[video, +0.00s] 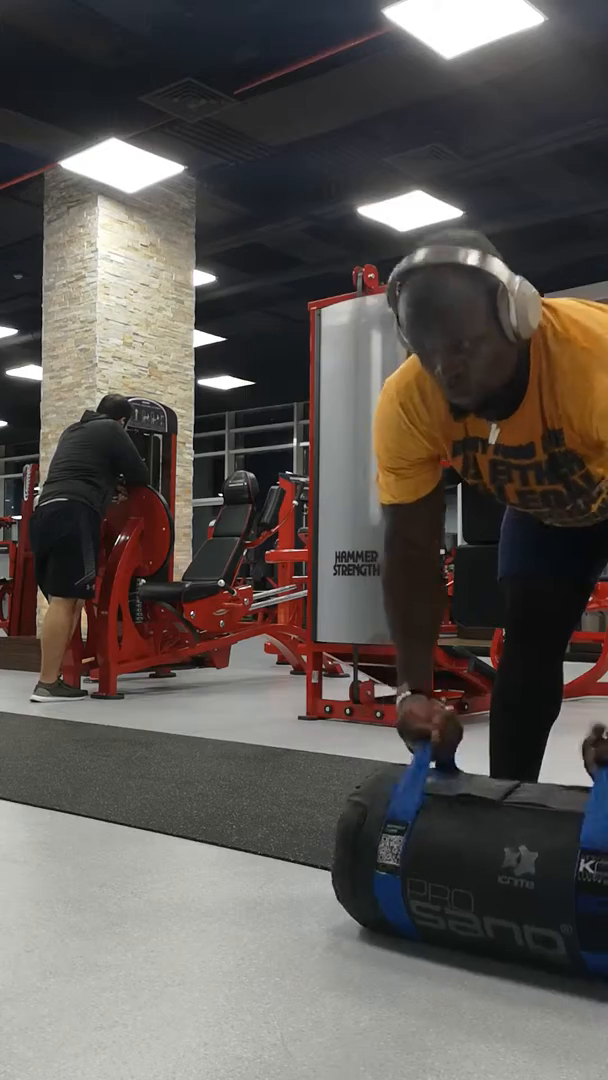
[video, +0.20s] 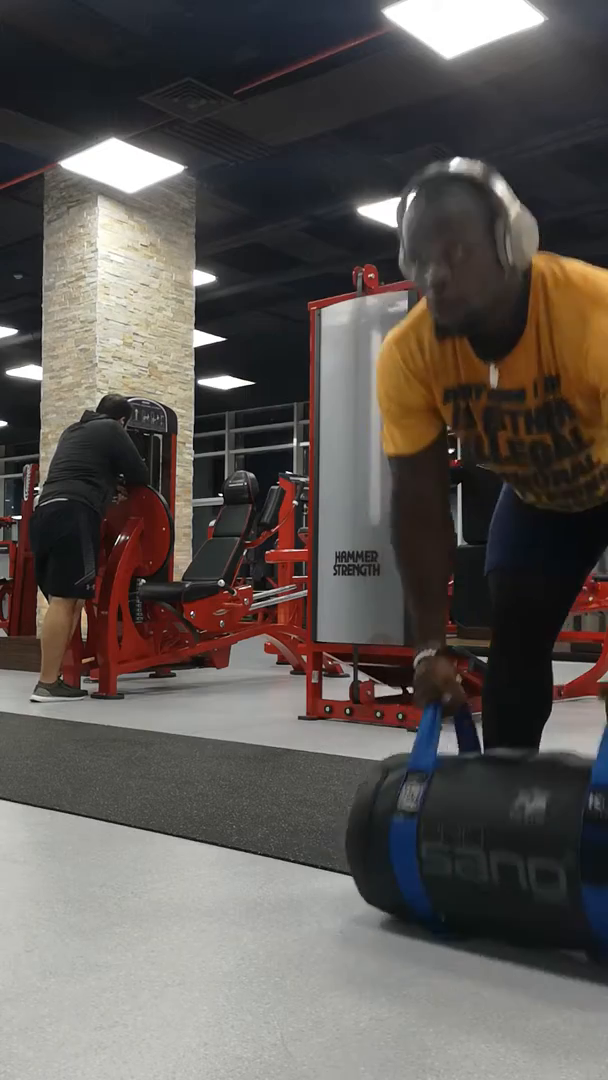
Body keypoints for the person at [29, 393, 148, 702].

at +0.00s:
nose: (126, 427)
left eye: (126, 423)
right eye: (127, 423)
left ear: (99, 414)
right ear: (122, 419)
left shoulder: (71, 431)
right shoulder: (113, 430)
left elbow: (74, 471)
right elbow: (140, 478)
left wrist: (109, 486)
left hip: (45, 511)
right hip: (70, 510)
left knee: (70, 602)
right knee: (62, 601)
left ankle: (54, 678)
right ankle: (47, 682)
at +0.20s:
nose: (126, 426)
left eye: (126, 423)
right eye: (127, 423)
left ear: (99, 413)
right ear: (121, 419)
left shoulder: (71, 431)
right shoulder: (113, 430)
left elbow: (74, 471)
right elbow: (141, 478)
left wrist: (109, 486)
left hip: (45, 511)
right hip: (70, 510)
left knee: (70, 601)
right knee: (62, 601)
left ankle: (54, 678)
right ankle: (47, 682)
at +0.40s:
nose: (125, 428)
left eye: (125, 424)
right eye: (126, 424)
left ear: (98, 414)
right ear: (121, 420)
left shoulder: (71, 430)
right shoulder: (112, 430)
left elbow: (76, 471)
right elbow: (141, 478)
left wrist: (111, 487)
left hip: (45, 511)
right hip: (70, 510)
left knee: (69, 601)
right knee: (63, 601)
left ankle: (53, 678)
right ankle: (47, 682)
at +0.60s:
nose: (125, 428)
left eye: (125, 424)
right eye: (126, 424)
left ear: (98, 414)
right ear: (121, 420)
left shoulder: (71, 430)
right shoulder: (112, 430)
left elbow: (75, 471)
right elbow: (141, 478)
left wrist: (111, 487)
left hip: (44, 511)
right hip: (70, 510)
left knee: (66, 601)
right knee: (64, 601)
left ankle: (52, 678)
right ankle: (48, 682)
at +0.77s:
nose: (125, 428)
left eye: (125, 424)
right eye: (126, 424)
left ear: (98, 414)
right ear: (121, 420)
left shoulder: (71, 430)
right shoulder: (112, 430)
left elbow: (75, 471)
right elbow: (141, 478)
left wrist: (111, 487)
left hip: (44, 512)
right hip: (70, 510)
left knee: (66, 601)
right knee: (64, 601)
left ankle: (53, 678)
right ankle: (48, 682)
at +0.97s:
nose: (125, 427)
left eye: (125, 424)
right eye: (126, 424)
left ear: (98, 413)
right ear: (121, 420)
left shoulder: (71, 430)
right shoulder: (112, 430)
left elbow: (75, 471)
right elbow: (141, 478)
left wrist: (111, 486)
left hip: (44, 512)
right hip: (72, 511)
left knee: (67, 601)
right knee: (65, 601)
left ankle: (53, 678)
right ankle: (48, 682)